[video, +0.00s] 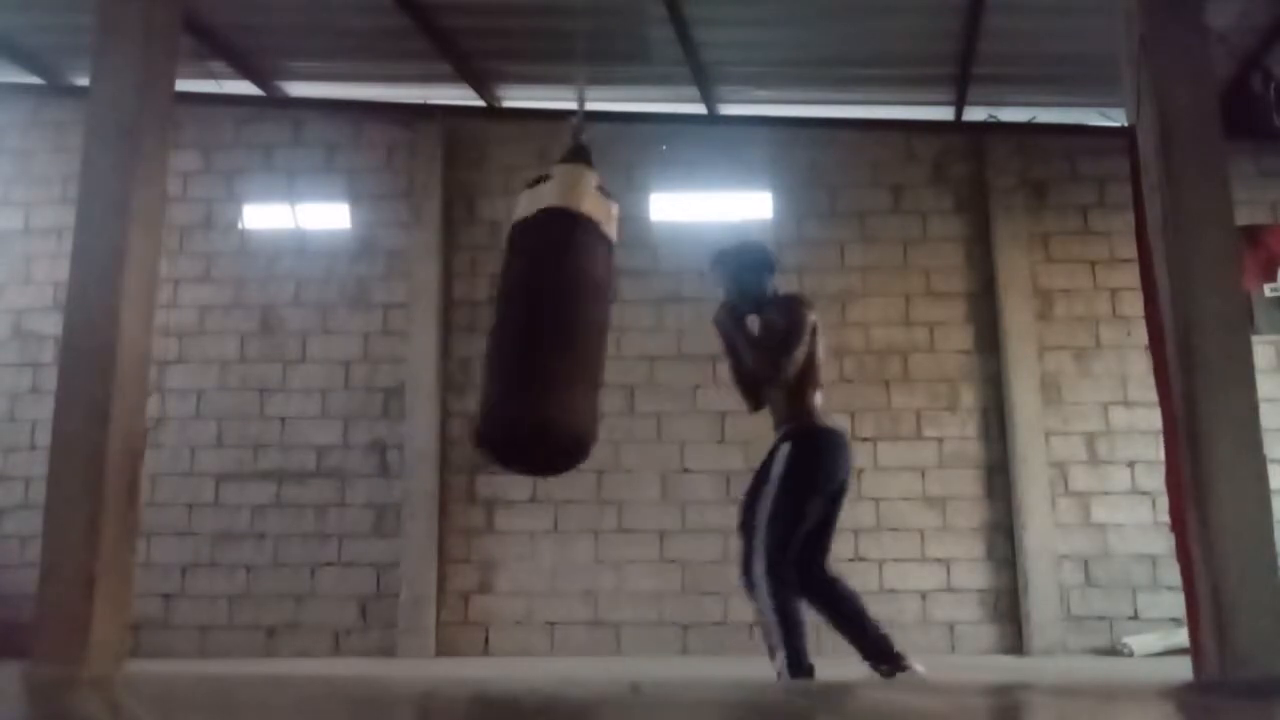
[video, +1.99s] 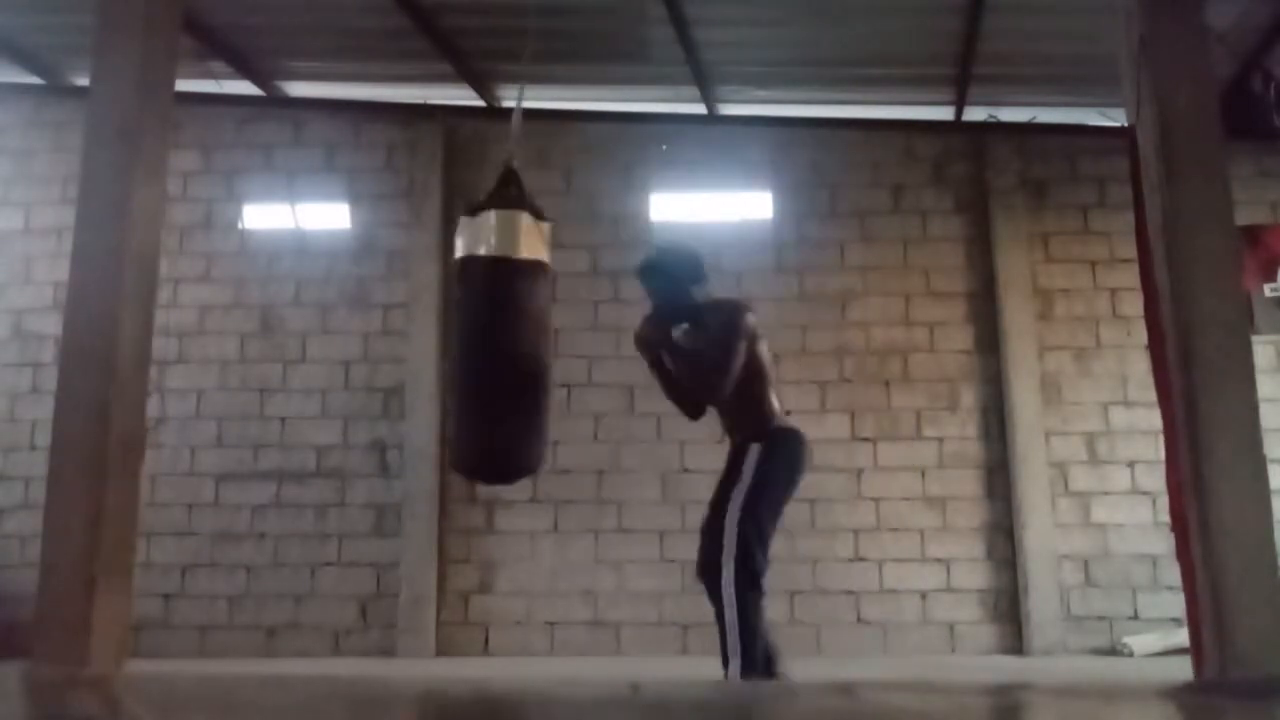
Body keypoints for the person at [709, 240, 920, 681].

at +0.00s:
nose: (723, 291)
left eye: (727, 282)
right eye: (722, 283)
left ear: (748, 278)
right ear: (760, 277)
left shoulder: (790, 310)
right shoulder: (771, 324)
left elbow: (774, 375)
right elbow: (753, 397)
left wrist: (732, 326)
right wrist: (730, 336)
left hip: (802, 448)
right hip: (827, 446)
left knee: (763, 564)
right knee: (809, 569)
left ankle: (796, 679)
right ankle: (893, 666)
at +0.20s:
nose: (762, 292)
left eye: (767, 282)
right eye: (760, 283)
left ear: (788, 282)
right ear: (790, 283)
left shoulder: (830, 312)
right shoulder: (798, 332)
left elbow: (839, 376)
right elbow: (788, 400)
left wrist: (791, 331)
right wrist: (767, 344)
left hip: (849, 452)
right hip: (860, 453)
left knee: (788, 552)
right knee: (857, 569)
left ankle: (848, 665)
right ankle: (933, 677)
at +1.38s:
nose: (782, 296)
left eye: (788, 284)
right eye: (780, 286)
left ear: (813, 281)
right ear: (792, 286)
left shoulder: (850, 316)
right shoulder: (802, 335)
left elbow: (854, 374)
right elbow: (789, 401)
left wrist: (803, 333)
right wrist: (770, 350)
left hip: (855, 449)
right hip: (842, 452)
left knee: (802, 532)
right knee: (850, 569)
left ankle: (816, 665)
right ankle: (906, 673)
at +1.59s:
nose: (760, 310)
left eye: (766, 300)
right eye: (758, 300)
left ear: (791, 299)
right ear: (765, 300)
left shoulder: (828, 339)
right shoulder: (768, 348)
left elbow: (834, 411)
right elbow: (747, 419)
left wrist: (779, 364)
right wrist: (745, 370)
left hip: (828, 471)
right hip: (805, 472)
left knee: (782, 577)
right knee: (827, 587)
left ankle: (756, 690)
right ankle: (906, 681)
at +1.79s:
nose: (700, 323)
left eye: (704, 314)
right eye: (700, 314)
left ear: (722, 313)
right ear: (733, 314)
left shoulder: (774, 343)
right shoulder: (720, 358)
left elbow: (794, 403)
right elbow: (714, 432)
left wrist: (731, 367)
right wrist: (692, 391)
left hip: (790, 473)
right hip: (783, 475)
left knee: (725, 575)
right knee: (779, 597)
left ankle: (735, 692)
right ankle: (889, 669)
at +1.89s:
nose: (671, 312)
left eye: (674, 301)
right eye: (670, 302)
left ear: (692, 299)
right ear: (706, 297)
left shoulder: (748, 326)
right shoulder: (699, 343)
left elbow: (754, 392)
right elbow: (702, 417)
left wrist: (694, 351)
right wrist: (670, 371)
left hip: (781, 459)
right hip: (765, 459)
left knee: (728, 577)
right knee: (742, 578)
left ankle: (737, 691)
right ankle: (838, 668)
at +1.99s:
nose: (648, 304)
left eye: (654, 291)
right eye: (647, 293)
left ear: (680, 286)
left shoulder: (730, 317)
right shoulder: (684, 334)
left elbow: (719, 390)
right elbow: (691, 406)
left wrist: (667, 346)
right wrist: (654, 355)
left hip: (770, 447)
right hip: (747, 449)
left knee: (732, 561)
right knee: (713, 566)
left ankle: (745, 683)